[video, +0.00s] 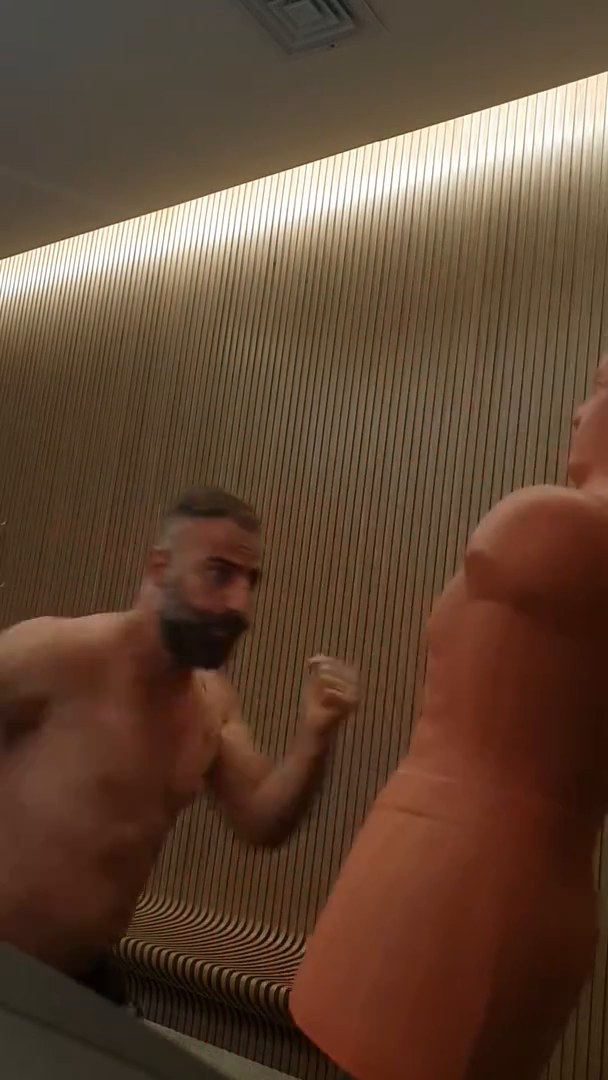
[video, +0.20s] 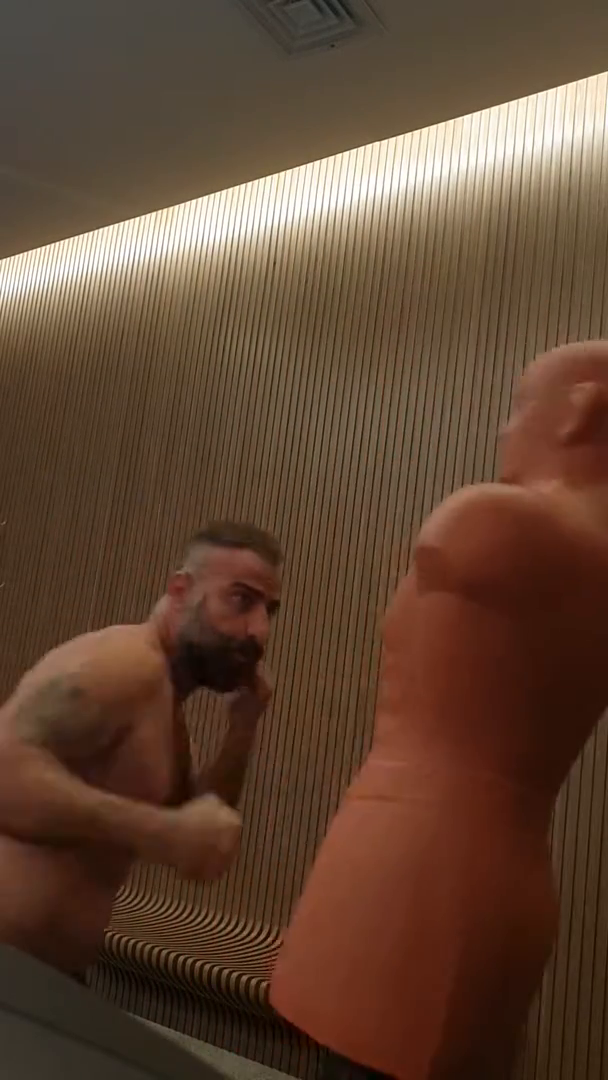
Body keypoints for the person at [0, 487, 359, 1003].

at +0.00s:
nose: (239, 604)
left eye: (250, 582)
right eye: (219, 574)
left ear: (259, 588)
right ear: (158, 568)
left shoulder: (210, 699)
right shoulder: (47, 658)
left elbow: (263, 824)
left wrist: (314, 738)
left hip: (85, 984)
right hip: (6, 962)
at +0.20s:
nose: (260, 629)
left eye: (269, 610)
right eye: (241, 599)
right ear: (180, 589)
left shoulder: (163, 691)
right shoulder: (122, 661)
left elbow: (197, 831)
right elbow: (9, 773)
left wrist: (242, 727)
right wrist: (165, 834)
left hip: (50, 978)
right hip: (15, 970)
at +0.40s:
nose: (182, 607)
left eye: (190, 585)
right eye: (158, 575)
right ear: (88, 577)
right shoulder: (29, 658)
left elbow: (144, 860)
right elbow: (142, 787)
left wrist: (193, 727)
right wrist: (268, 693)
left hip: (28, 977)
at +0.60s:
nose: (98, 510)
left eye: (113, 491)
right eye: (73, 480)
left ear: (123, 504)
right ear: (7, 481)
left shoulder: (144, 597)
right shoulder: (7, 599)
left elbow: (264, 658)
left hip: (68, 927)